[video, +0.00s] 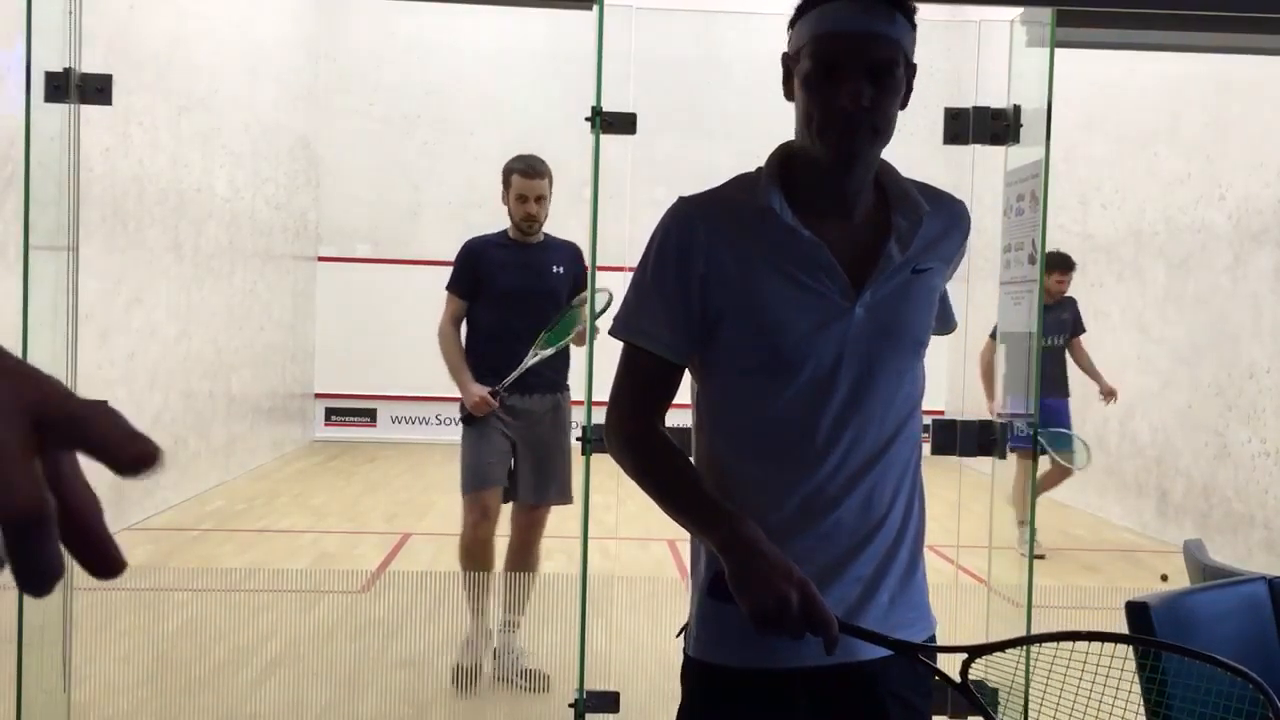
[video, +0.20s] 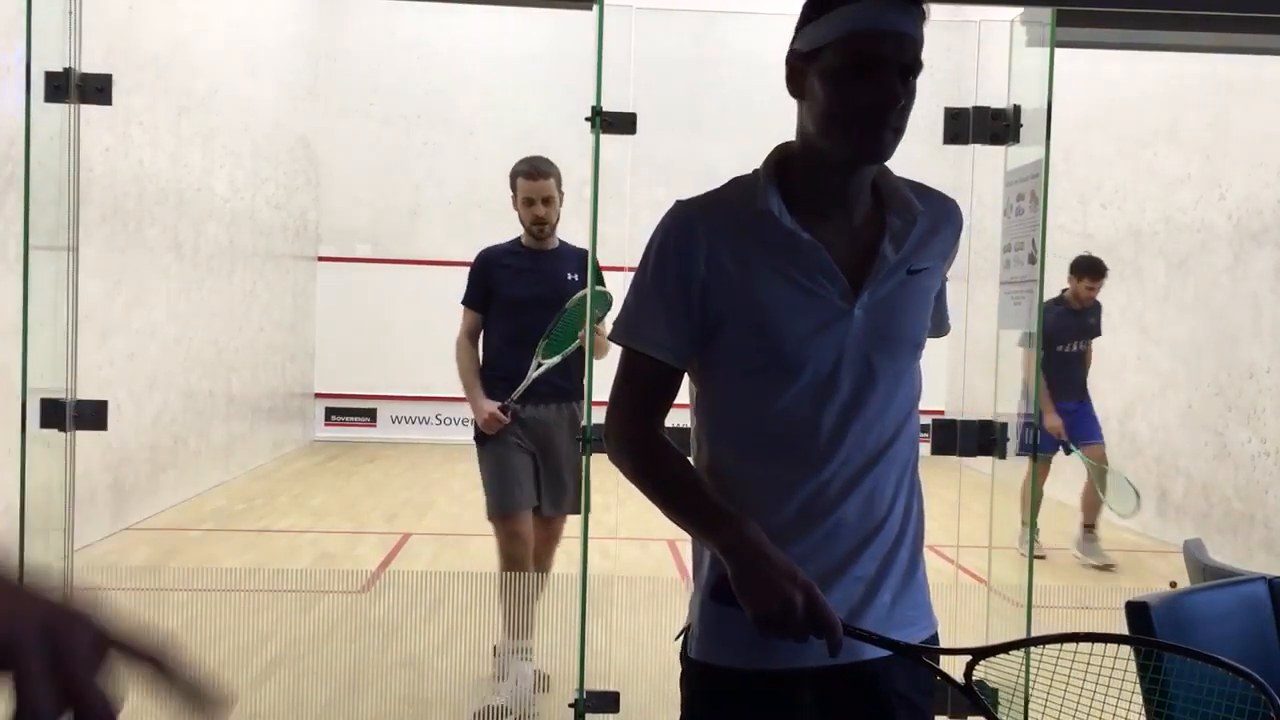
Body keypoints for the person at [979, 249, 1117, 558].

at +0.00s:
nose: (1064, 286)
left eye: (1068, 280)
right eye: (1059, 279)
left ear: (1070, 279)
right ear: (1042, 277)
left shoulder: (1068, 306)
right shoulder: (1020, 306)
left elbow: (1075, 348)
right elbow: (987, 352)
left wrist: (1101, 381)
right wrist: (991, 398)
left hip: (1056, 398)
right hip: (1022, 398)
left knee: (1064, 465)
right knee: (1026, 466)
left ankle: (1023, 496)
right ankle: (1025, 534)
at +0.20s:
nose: (1094, 293)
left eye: (1097, 288)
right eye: (1089, 287)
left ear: (1100, 286)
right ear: (1072, 281)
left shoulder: (1093, 310)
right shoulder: (1045, 314)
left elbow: (1086, 352)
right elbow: (1031, 369)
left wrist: (1079, 390)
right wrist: (1048, 412)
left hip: (1077, 401)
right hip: (1045, 403)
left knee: (1098, 462)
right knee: (1039, 469)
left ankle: (1088, 538)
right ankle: (1027, 533)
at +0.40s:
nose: (1136, 317)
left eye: (1139, 311)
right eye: (1131, 311)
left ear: (1141, 307)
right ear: (1112, 303)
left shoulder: (1125, 330)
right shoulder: (1085, 335)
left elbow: (1107, 371)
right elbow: (1083, 394)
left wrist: (1106, 410)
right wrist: (1099, 442)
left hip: (1105, 412)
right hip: (1069, 415)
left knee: (1122, 480)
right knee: (1059, 487)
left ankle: (1128, 560)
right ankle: (1032, 527)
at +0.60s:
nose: (1169, 341)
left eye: (1173, 335)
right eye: (1165, 335)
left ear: (1178, 328)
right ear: (1146, 324)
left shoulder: (1148, 335)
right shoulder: (1122, 354)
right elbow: (1119, 422)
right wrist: (1130, 472)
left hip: (1119, 411)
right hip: (1088, 417)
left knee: (1145, 482)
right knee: (1104, 493)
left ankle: (1130, 561)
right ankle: (1058, 528)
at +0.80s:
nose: (1184, 322)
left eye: (1187, 315)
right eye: (1180, 315)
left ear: (1167, 310)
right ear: (1158, 307)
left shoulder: (1163, 329)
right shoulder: (1121, 335)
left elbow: (1153, 358)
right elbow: (1096, 394)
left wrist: (1161, 395)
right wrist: (1137, 428)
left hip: (1131, 404)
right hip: (1097, 404)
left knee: (1144, 482)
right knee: (1122, 482)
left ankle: (1129, 562)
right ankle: (1068, 530)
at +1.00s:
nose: (1170, 296)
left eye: (1174, 289)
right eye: (1164, 289)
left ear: (1176, 289)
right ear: (1144, 284)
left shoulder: (1171, 312)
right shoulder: (1111, 311)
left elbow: (1167, 351)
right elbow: (1072, 357)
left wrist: (1177, 398)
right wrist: (1102, 374)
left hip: (1136, 407)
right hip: (1098, 405)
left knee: (1137, 482)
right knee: (1087, 478)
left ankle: (1128, 561)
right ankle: (1056, 529)